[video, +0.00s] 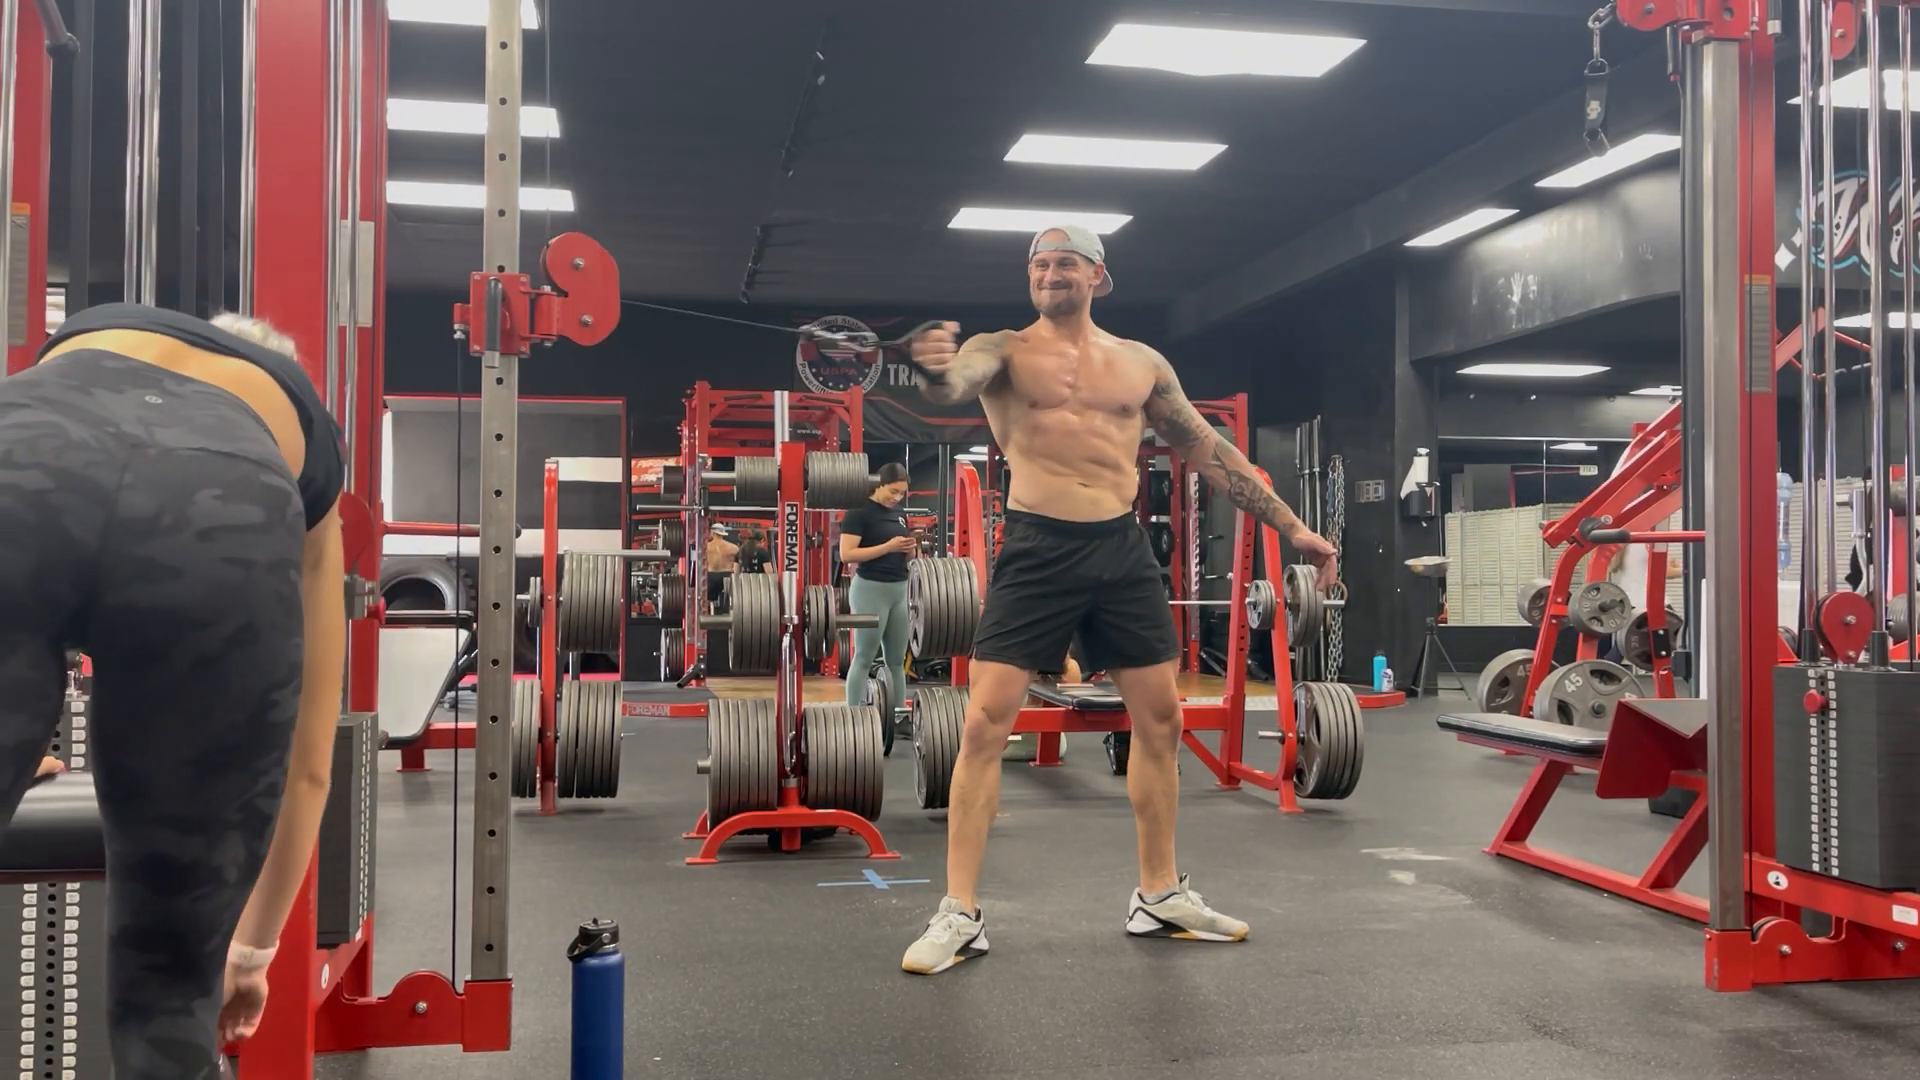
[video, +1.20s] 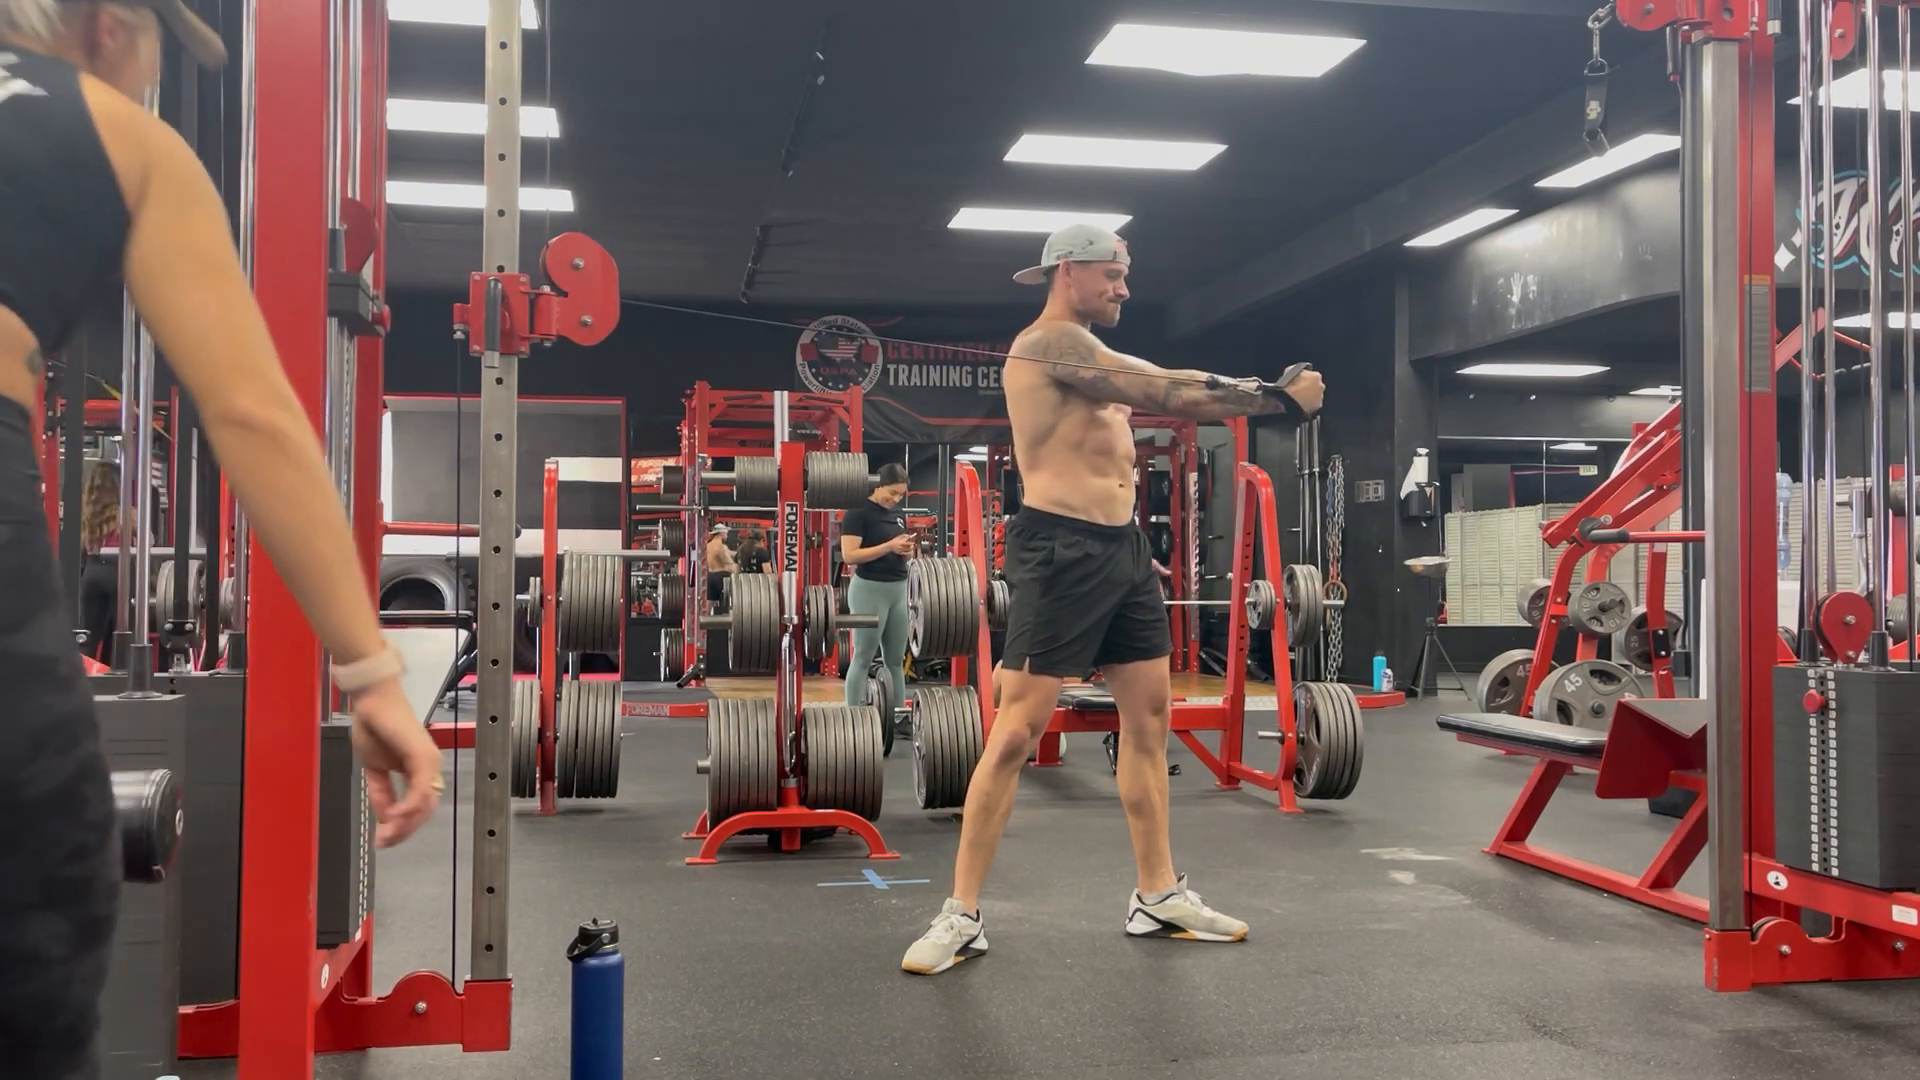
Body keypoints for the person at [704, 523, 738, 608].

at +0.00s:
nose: (711, 535)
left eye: (711, 533)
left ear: (713, 534)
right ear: (723, 534)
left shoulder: (707, 546)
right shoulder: (732, 547)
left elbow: (705, 562)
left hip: (711, 573)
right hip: (726, 573)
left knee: (711, 600)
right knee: (725, 602)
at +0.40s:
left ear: (712, 533)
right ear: (724, 533)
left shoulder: (707, 546)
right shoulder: (729, 548)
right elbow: (734, 562)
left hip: (710, 573)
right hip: (725, 573)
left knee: (711, 601)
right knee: (724, 602)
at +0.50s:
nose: (725, 534)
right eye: (724, 533)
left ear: (713, 533)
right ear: (723, 534)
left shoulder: (708, 545)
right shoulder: (726, 547)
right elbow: (735, 557)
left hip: (710, 572)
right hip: (724, 572)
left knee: (709, 600)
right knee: (724, 600)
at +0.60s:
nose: (726, 535)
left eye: (725, 533)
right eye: (725, 533)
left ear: (714, 533)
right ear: (723, 534)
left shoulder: (708, 545)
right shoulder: (725, 546)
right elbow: (732, 557)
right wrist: (736, 552)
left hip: (711, 572)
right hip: (723, 572)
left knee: (710, 600)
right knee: (724, 600)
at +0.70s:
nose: (726, 534)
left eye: (726, 532)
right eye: (726, 532)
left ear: (715, 533)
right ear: (723, 533)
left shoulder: (709, 545)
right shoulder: (723, 546)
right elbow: (730, 560)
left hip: (711, 572)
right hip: (723, 572)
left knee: (711, 600)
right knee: (724, 600)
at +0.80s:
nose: (727, 535)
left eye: (727, 533)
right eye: (726, 533)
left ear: (716, 534)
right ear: (722, 534)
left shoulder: (709, 545)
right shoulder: (722, 547)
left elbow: (726, 552)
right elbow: (728, 562)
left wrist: (736, 554)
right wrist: (736, 567)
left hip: (711, 572)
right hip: (722, 572)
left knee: (710, 600)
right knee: (724, 600)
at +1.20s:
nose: (727, 535)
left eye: (727, 533)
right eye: (726, 533)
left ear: (716, 534)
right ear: (721, 533)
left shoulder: (709, 545)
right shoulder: (721, 547)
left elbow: (727, 552)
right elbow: (729, 563)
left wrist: (737, 554)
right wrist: (736, 567)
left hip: (711, 572)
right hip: (722, 572)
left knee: (710, 600)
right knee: (724, 600)